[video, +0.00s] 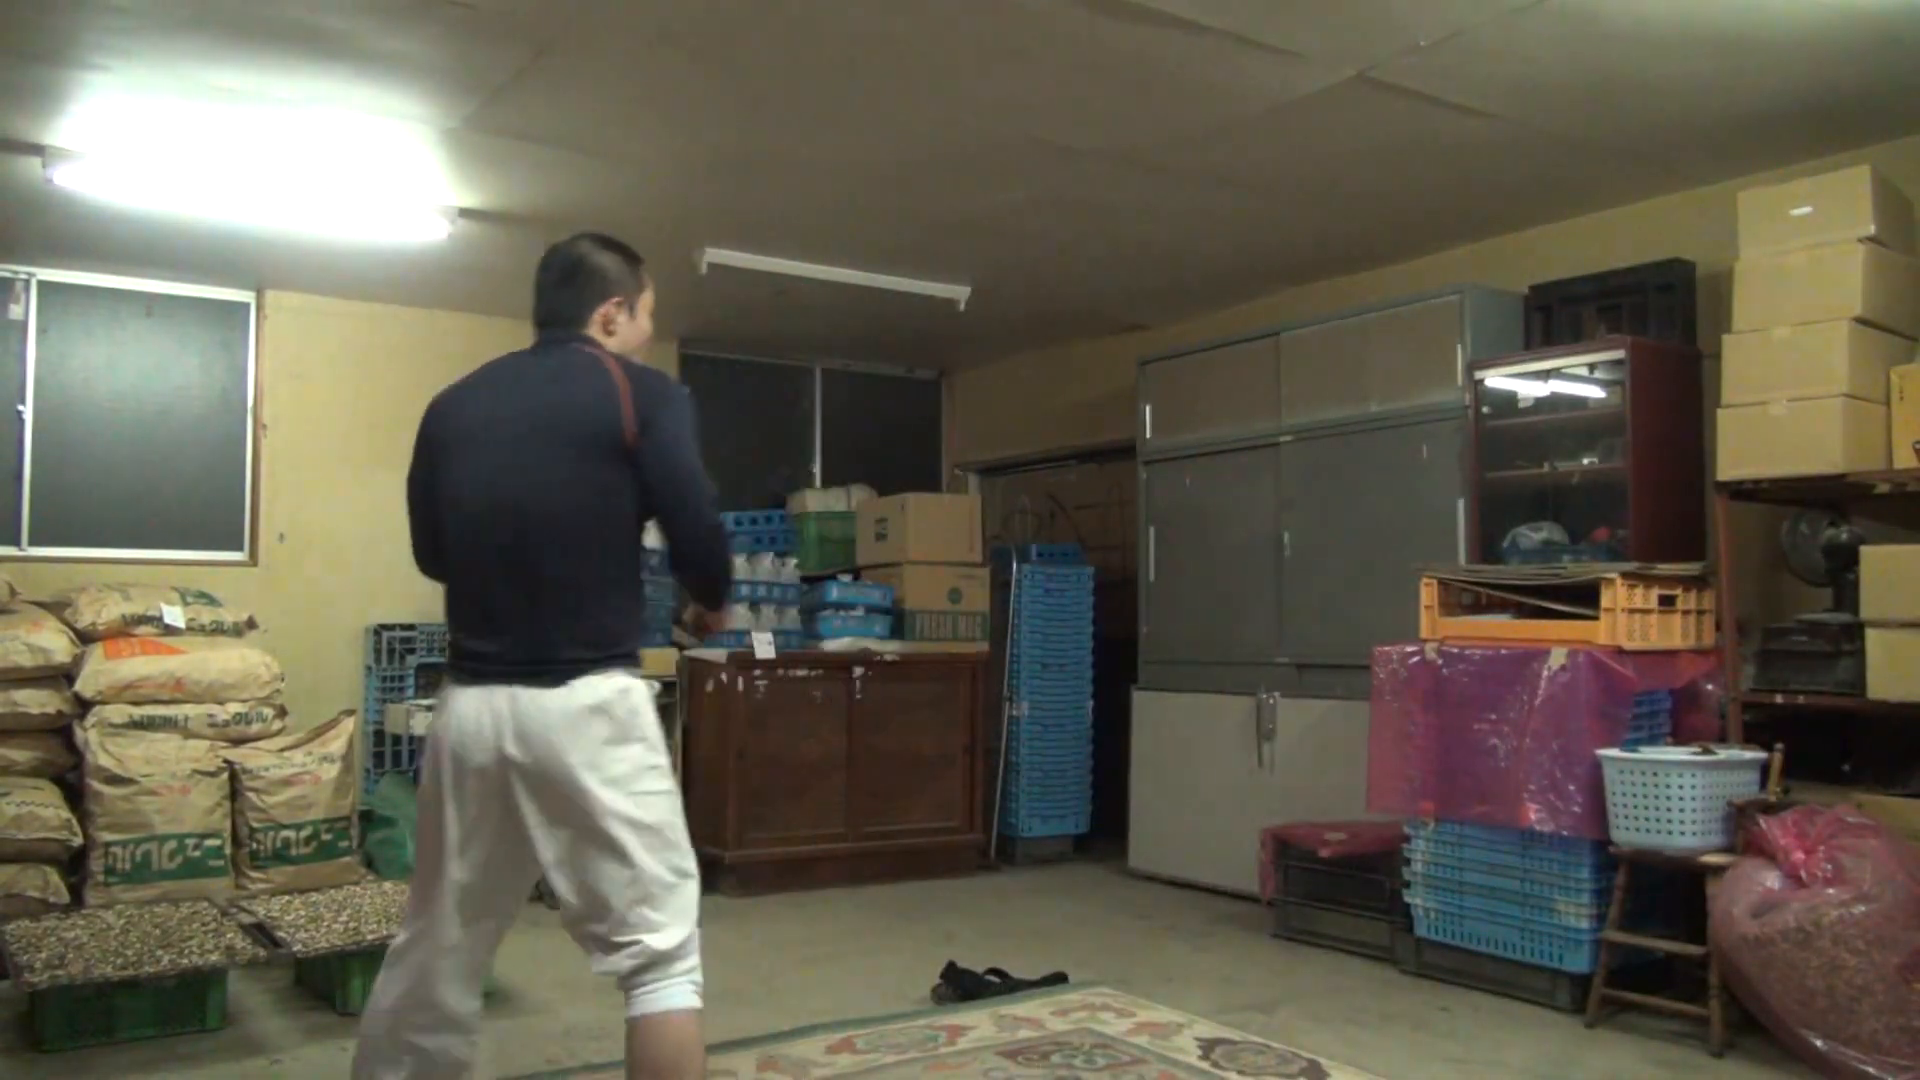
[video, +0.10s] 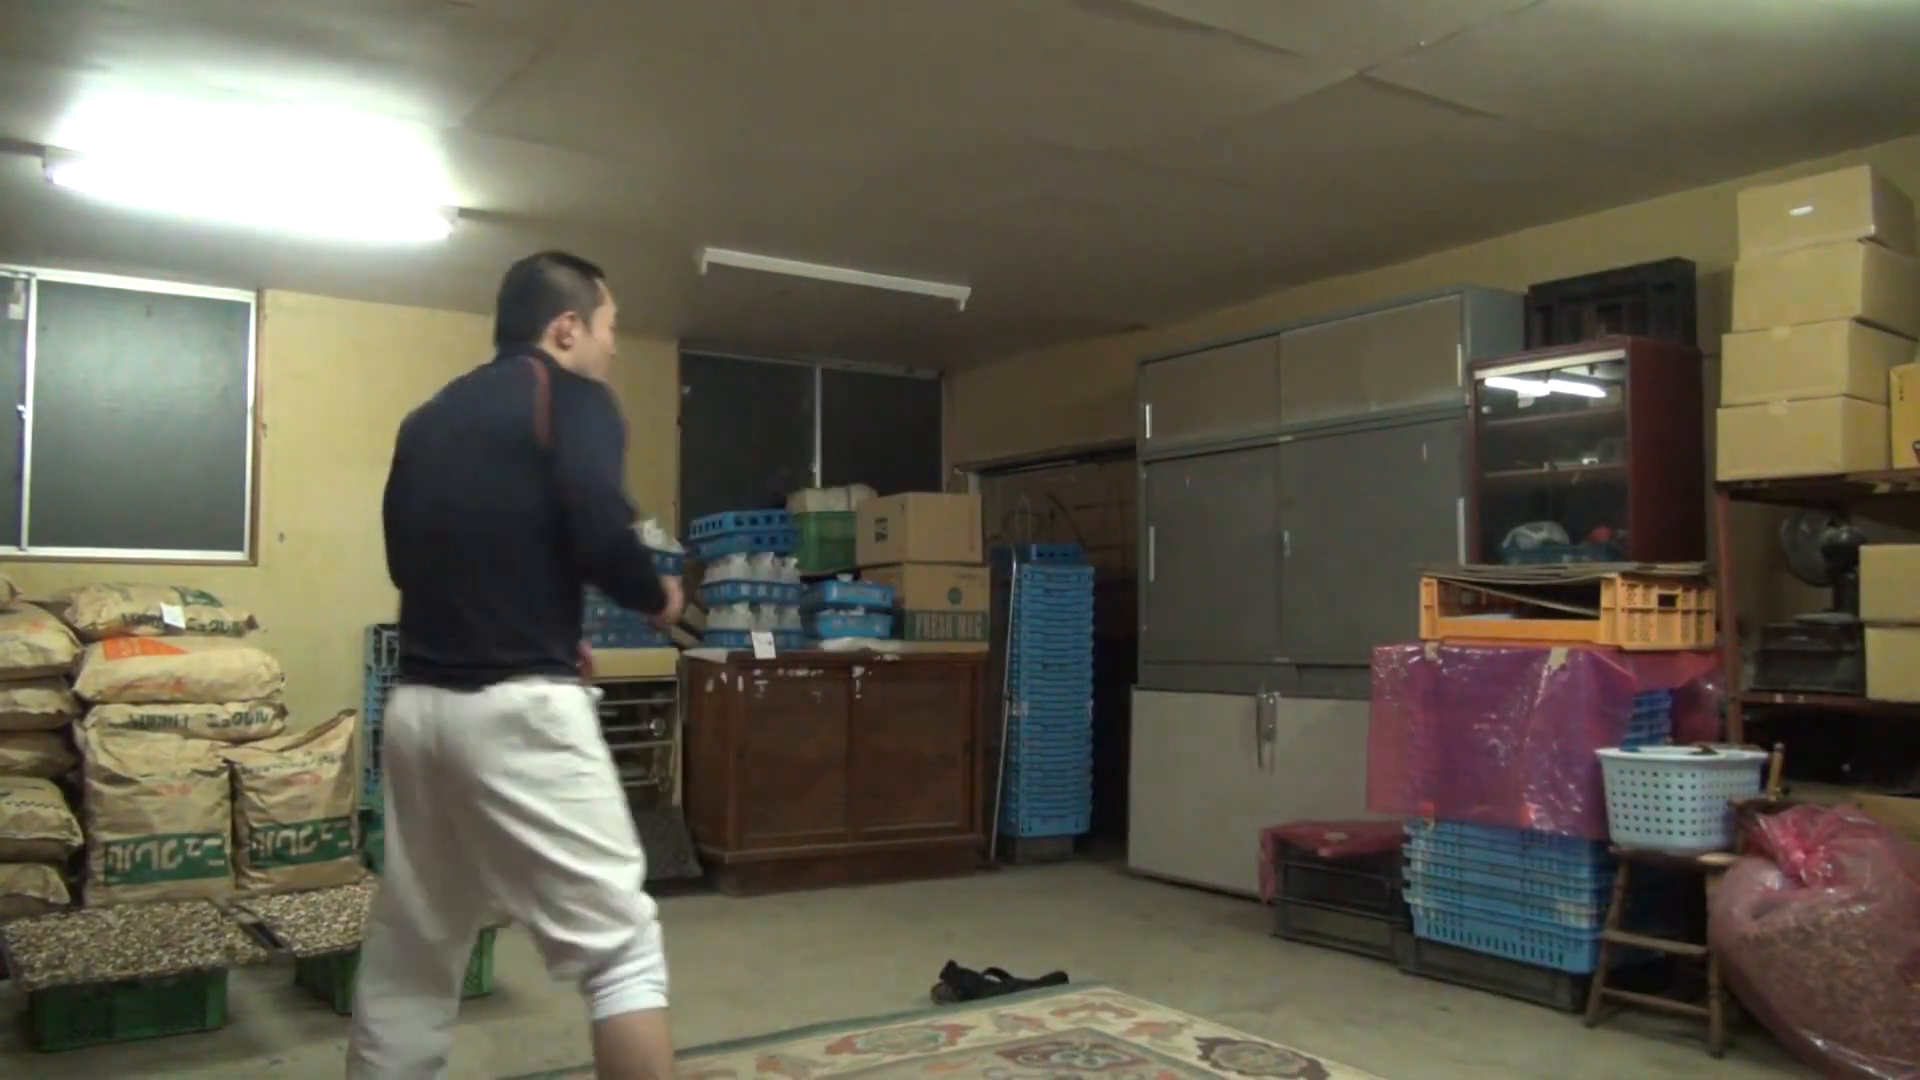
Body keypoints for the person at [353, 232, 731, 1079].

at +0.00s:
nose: (646, 332)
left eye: (646, 315)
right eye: (643, 315)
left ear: (545, 314)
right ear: (613, 315)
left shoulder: (454, 404)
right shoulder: (642, 391)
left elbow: (432, 553)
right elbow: (692, 522)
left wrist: (531, 559)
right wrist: (710, 601)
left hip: (468, 716)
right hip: (591, 715)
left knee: (436, 954)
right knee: (660, 961)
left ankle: (390, 1071)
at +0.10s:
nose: (613, 350)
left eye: (613, 332)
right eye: (608, 331)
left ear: (524, 332)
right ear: (564, 331)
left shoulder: (426, 419)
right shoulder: (572, 396)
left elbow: (415, 561)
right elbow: (596, 528)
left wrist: (547, 630)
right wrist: (658, 595)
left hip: (415, 716)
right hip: (524, 716)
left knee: (407, 966)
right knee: (620, 954)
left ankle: (381, 1072)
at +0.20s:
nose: (585, 348)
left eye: (586, 329)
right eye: (578, 328)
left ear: (501, 329)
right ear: (531, 325)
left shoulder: (416, 409)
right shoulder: (523, 390)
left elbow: (413, 555)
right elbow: (517, 522)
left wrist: (512, 645)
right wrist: (589, 611)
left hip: (378, 707)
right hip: (472, 707)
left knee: (387, 957)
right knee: (565, 942)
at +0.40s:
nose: (542, 336)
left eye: (543, 317)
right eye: (533, 314)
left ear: (461, 314)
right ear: (480, 310)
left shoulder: (380, 388)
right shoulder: (452, 370)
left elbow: (362, 539)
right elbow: (417, 499)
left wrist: (486, 603)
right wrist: (495, 613)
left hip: (339, 691)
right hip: (410, 691)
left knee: (353, 958)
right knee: (460, 943)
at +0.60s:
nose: (504, 338)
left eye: (507, 318)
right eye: (497, 315)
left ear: (423, 315)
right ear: (443, 309)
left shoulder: (328, 393)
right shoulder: (420, 377)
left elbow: (332, 555)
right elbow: (404, 521)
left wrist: (431, 629)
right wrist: (491, 632)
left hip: (281, 708)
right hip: (365, 712)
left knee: (301, 982)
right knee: (352, 982)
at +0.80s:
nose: (479, 312)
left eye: (481, 291)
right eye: (474, 287)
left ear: (384, 277)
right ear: (418, 273)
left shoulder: (278, 356)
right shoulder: (392, 340)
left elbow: (214, 499)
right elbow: (360, 467)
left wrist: (346, 555)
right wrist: (446, 590)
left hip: (221, 682)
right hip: (309, 688)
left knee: (226, 959)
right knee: (308, 971)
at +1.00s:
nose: (439, 295)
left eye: (437, 273)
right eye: (428, 271)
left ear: (358, 273)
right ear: (370, 270)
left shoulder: (268, 350)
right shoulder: (324, 344)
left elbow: (184, 494)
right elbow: (254, 468)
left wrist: (328, 577)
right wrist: (364, 589)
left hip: (201, 691)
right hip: (260, 698)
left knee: (180, 985)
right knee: (329, 973)